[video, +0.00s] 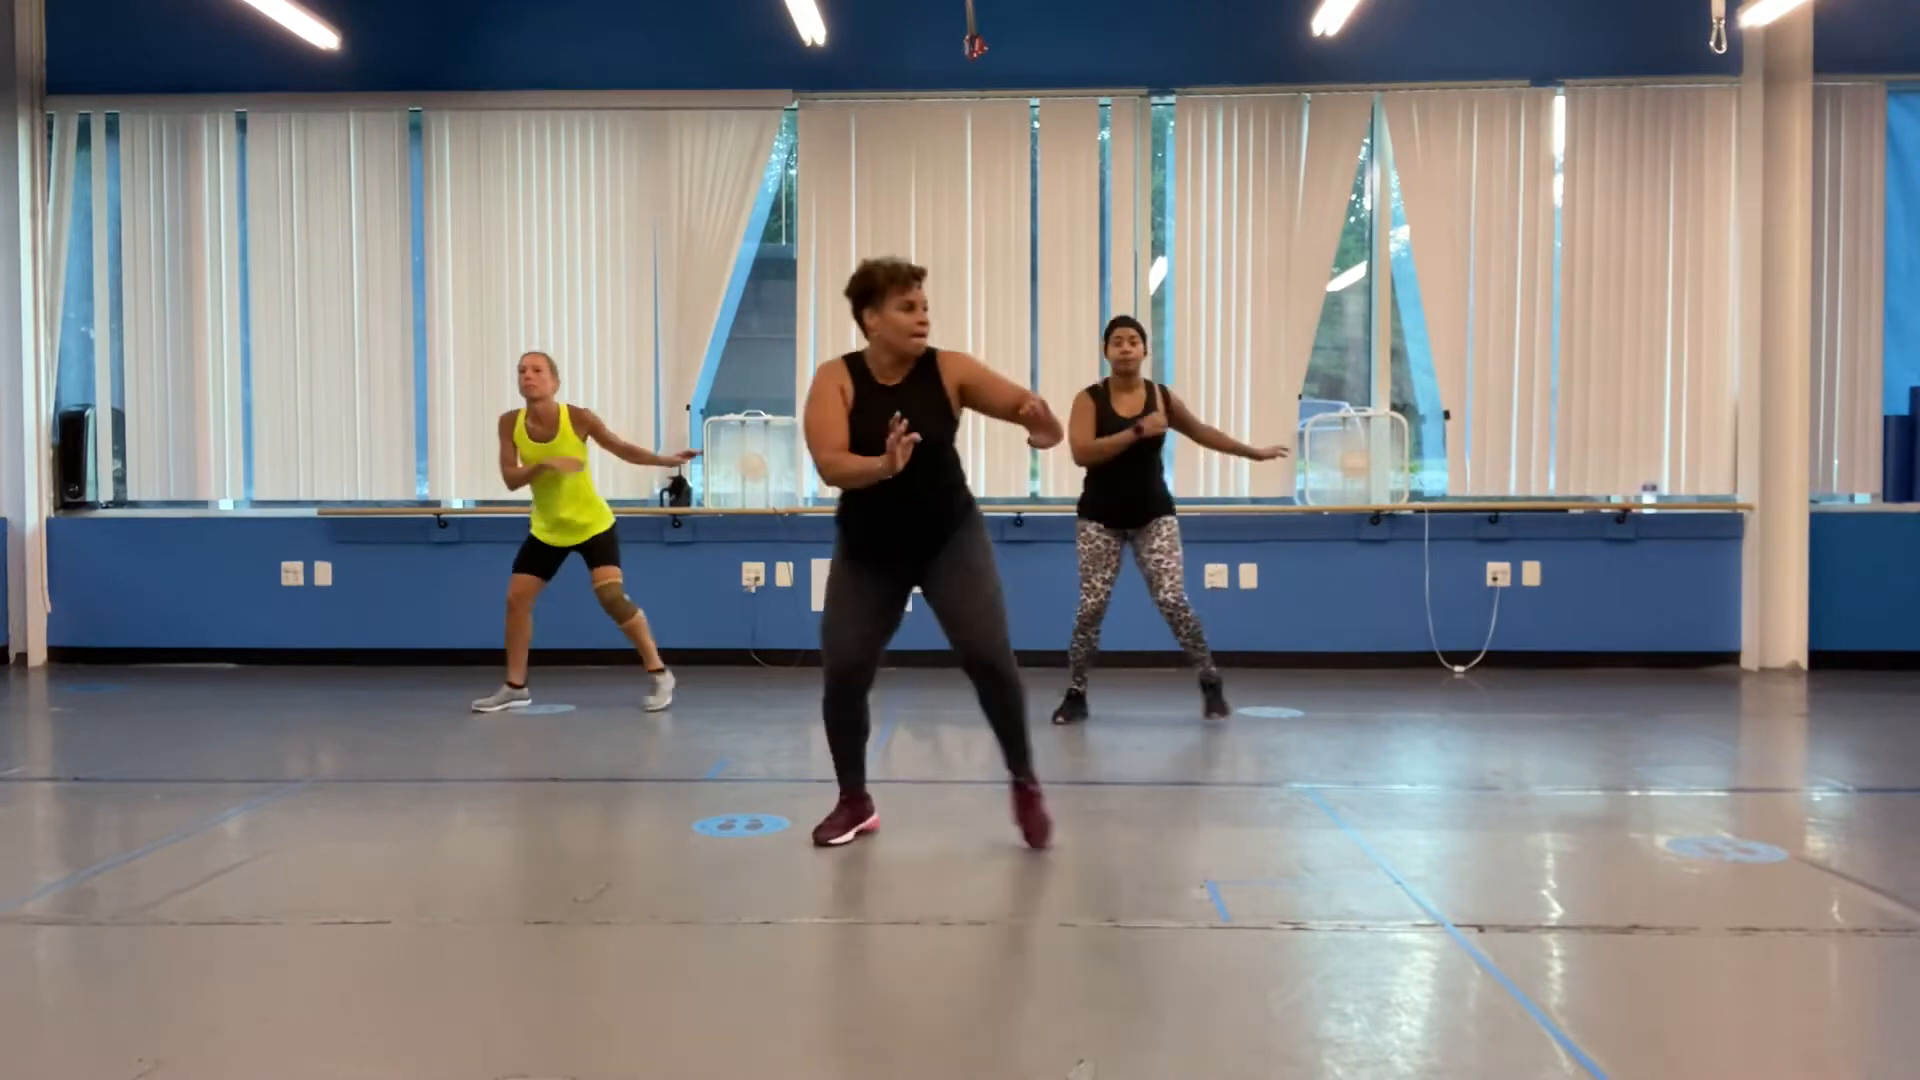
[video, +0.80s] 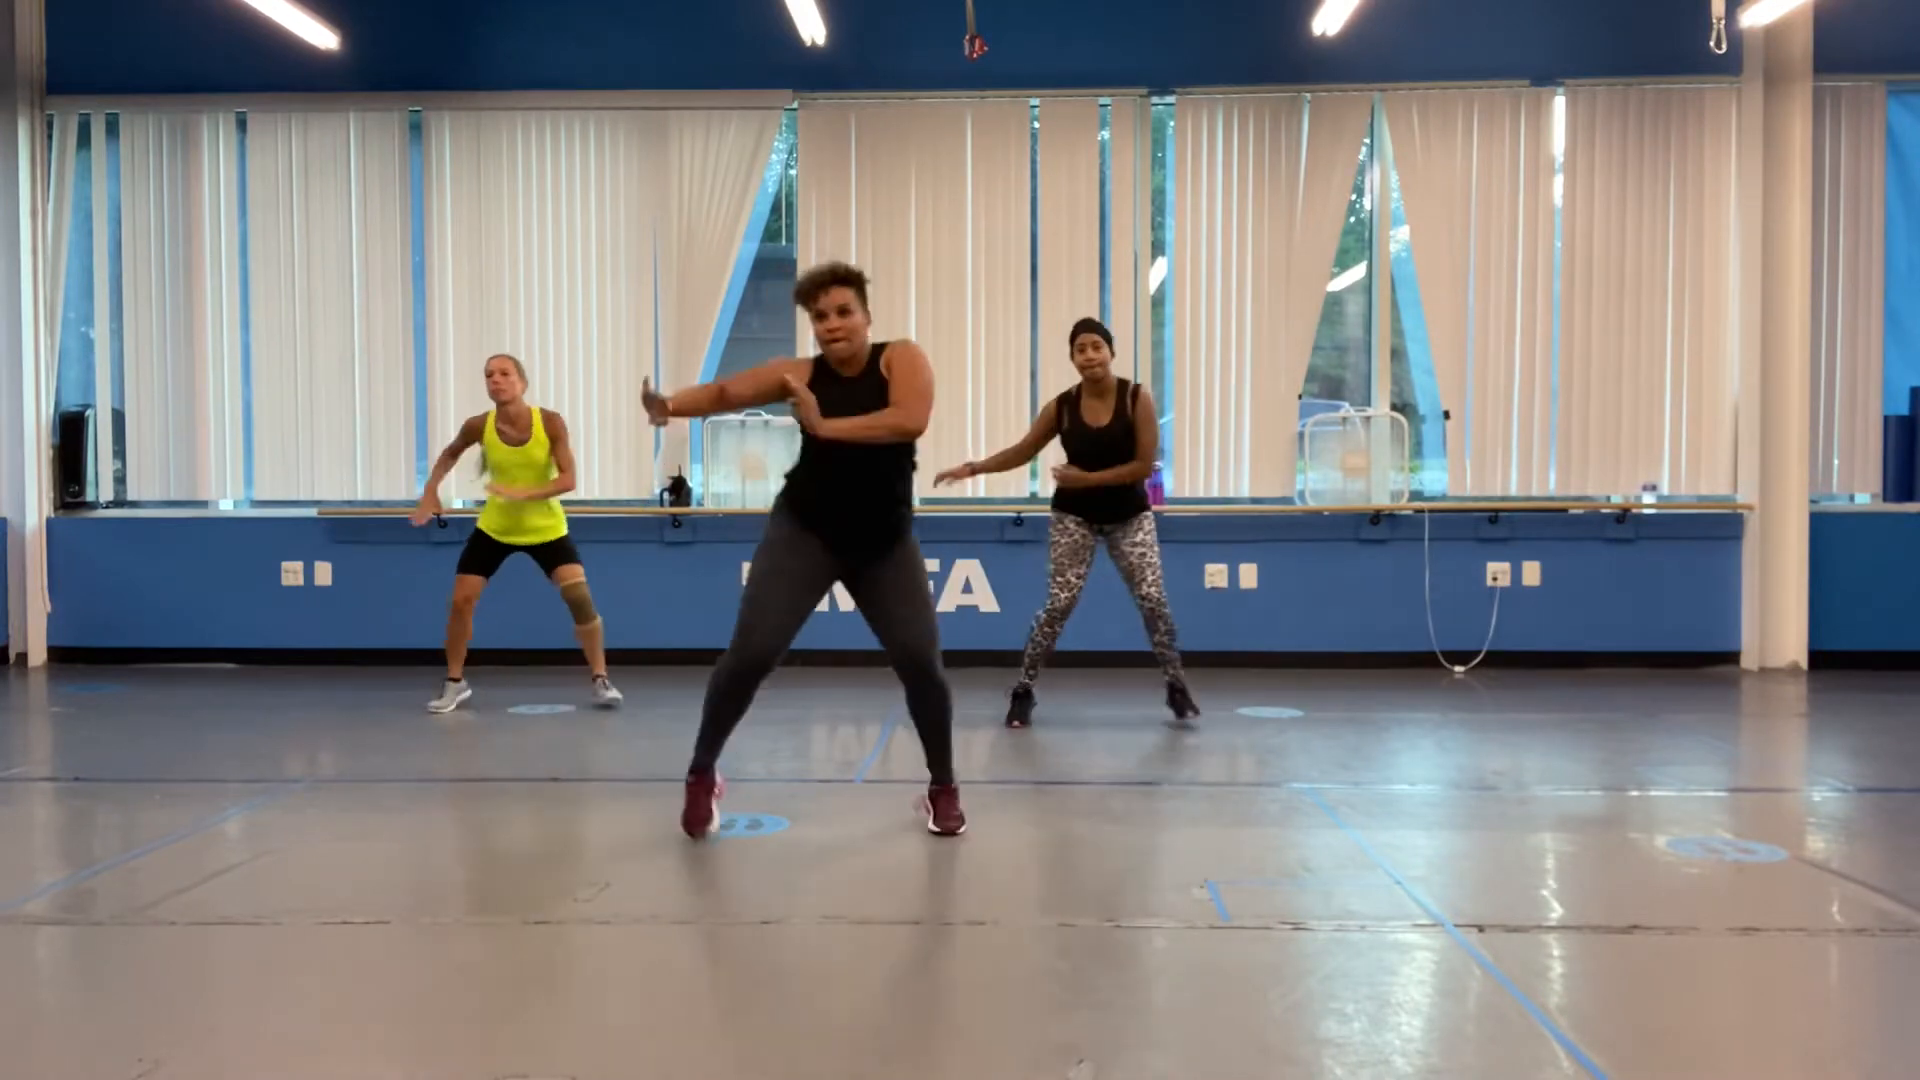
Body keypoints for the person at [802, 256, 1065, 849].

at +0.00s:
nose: (922, 317)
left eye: (924, 306)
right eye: (908, 308)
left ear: (927, 311)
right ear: (869, 319)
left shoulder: (950, 370)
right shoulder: (836, 380)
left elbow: (1022, 406)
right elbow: (831, 466)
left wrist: (1043, 423)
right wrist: (884, 464)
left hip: (951, 538)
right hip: (870, 546)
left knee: (988, 658)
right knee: (843, 673)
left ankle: (1025, 783)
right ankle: (853, 799)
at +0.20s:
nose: (886, 318)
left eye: (887, 308)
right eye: (871, 309)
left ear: (888, 312)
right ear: (831, 317)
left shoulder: (910, 371)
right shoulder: (795, 377)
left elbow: (981, 397)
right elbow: (782, 452)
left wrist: (1023, 416)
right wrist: (847, 446)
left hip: (913, 543)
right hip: (836, 548)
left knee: (916, 670)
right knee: (777, 654)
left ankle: (940, 802)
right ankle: (824, 777)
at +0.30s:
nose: (863, 316)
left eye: (864, 305)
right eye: (849, 306)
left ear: (864, 311)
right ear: (808, 313)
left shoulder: (882, 368)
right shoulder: (770, 364)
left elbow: (954, 394)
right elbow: (748, 432)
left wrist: (999, 405)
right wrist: (826, 410)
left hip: (889, 532)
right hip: (810, 540)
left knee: (914, 661)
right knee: (759, 651)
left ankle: (953, 793)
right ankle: (757, 781)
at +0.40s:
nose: (825, 330)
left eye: (834, 320)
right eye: (812, 319)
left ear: (843, 326)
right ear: (782, 324)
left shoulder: (862, 389)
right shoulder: (750, 373)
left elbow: (930, 435)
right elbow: (719, 438)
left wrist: (968, 429)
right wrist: (801, 427)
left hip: (858, 542)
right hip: (781, 553)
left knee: (893, 649)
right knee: (742, 681)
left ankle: (962, 756)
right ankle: (721, 797)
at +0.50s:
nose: (801, 334)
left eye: (812, 323)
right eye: (789, 323)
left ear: (829, 331)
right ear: (771, 329)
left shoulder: (857, 402)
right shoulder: (740, 387)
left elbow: (889, 487)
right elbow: (694, 456)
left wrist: (927, 488)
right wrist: (755, 485)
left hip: (846, 548)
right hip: (766, 554)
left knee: (867, 649)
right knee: (720, 682)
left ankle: (946, 735)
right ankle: (717, 798)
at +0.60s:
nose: (803, 331)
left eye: (815, 319)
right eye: (791, 321)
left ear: (833, 325)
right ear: (775, 327)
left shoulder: (863, 394)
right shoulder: (745, 384)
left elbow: (864, 487)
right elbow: (677, 432)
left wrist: (878, 495)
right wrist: (677, 492)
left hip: (849, 552)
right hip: (765, 555)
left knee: (877, 669)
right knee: (727, 683)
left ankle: (890, 788)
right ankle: (719, 799)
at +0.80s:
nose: (832, 324)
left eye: (843, 312)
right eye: (820, 316)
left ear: (866, 316)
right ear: (810, 325)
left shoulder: (903, 359)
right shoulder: (800, 373)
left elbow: (911, 421)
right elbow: (725, 394)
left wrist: (824, 426)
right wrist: (669, 406)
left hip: (883, 539)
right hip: (803, 535)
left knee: (921, 663)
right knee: (751, 656)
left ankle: (944, 787)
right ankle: (702, 772)